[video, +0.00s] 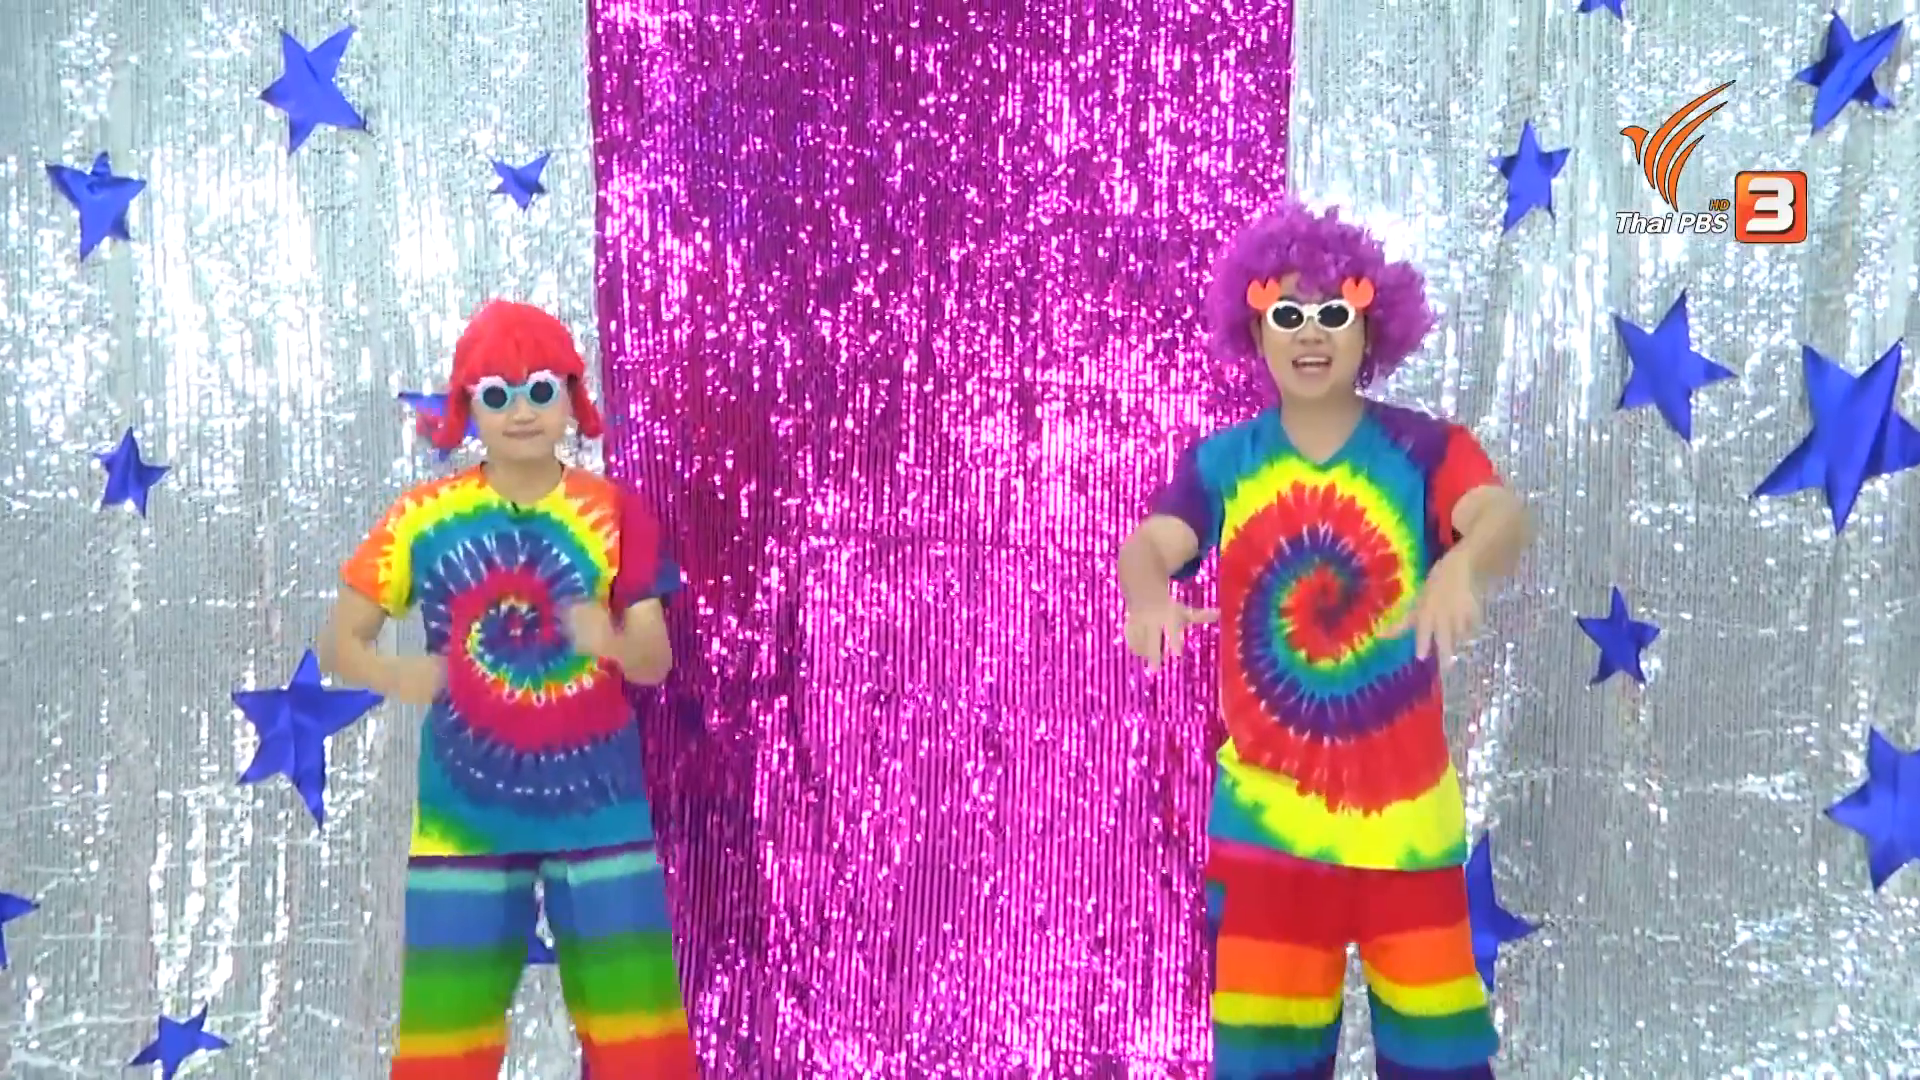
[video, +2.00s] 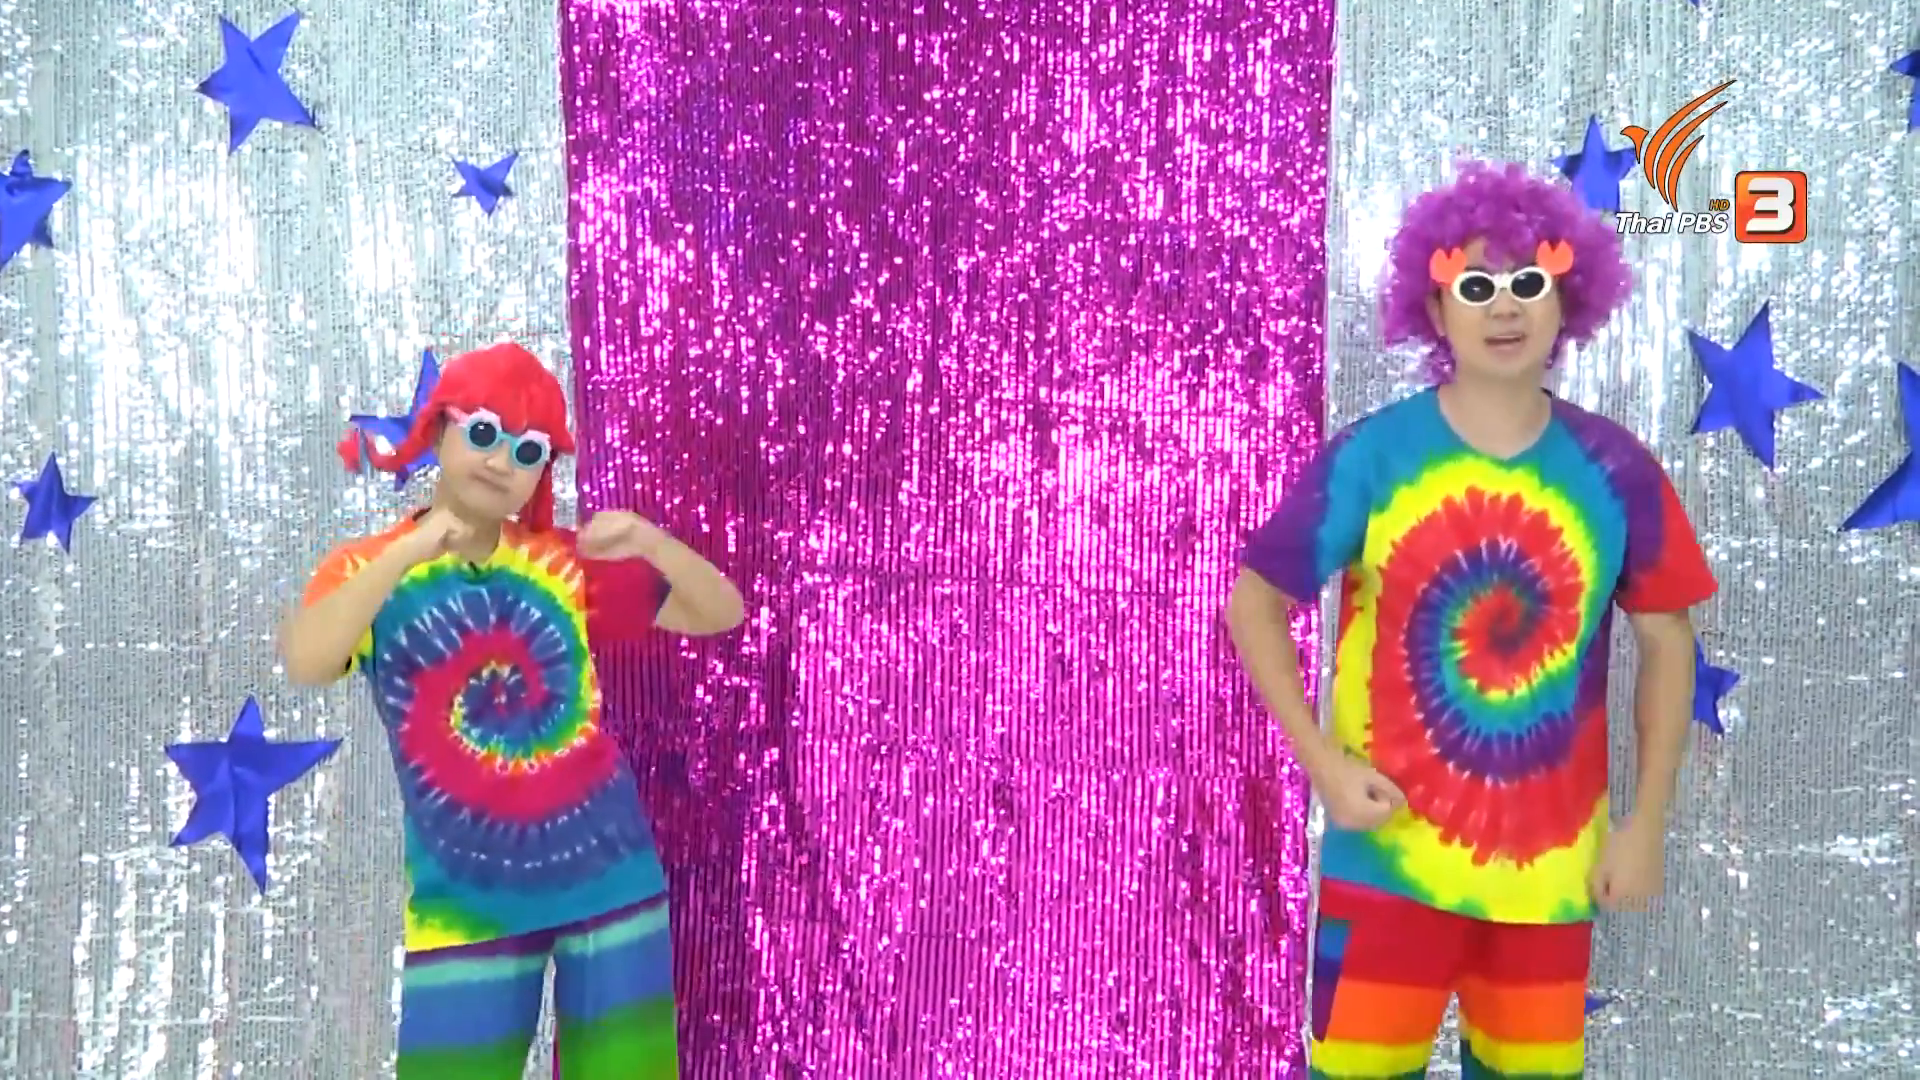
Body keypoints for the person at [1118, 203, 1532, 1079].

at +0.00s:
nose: (1311, 334)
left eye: (1333, 314)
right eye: (1288, 315)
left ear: (1367, 334)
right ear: (1257, 336)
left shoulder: (1428, 449)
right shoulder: (1221, 465)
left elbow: (1505, 517)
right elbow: (1151, 543)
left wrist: (1464, 567)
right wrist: (1146, 591)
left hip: (1410, 824)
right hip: (1269, 828)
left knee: (1442, 1056)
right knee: (1265, 1058)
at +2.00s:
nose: (1505, 305)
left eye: (1529, 283)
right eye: (1476, 286)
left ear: (1565, 304)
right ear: (1437, 309)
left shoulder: (1617, 468)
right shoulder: (1371, 457)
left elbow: (1668, 640)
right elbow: (1254, 603)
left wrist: (1647, 821)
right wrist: (1318, 756)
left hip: (1545, 870)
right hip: (1388, 861)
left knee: (1538, 1069)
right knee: (1360, 1066)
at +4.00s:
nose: (1469, 311)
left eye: (1495, 287)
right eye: (1444, 291)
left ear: (1541, 308)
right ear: (1417, 315)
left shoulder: (1611, 470)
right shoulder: (1364, 468)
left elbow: (1652, 661)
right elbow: (1316, 652)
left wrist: (1662, 849)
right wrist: (1297, 820)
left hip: (1552, 868)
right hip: (1396, 862)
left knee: (1547, 1068)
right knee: (1362, 1066)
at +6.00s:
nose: (1430, 287)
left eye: (1446, 261)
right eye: (1432, 263)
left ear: (1523, 272)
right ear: (1503, 275)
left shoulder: (1617, 449)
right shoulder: (1470, 423)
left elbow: (1557, 636)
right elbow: (1392, 537)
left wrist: (1401, 554)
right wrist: (1381, 390)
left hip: (1531, 839)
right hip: (1395, 813)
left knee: (1524, 1063)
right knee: (1310, 1043)